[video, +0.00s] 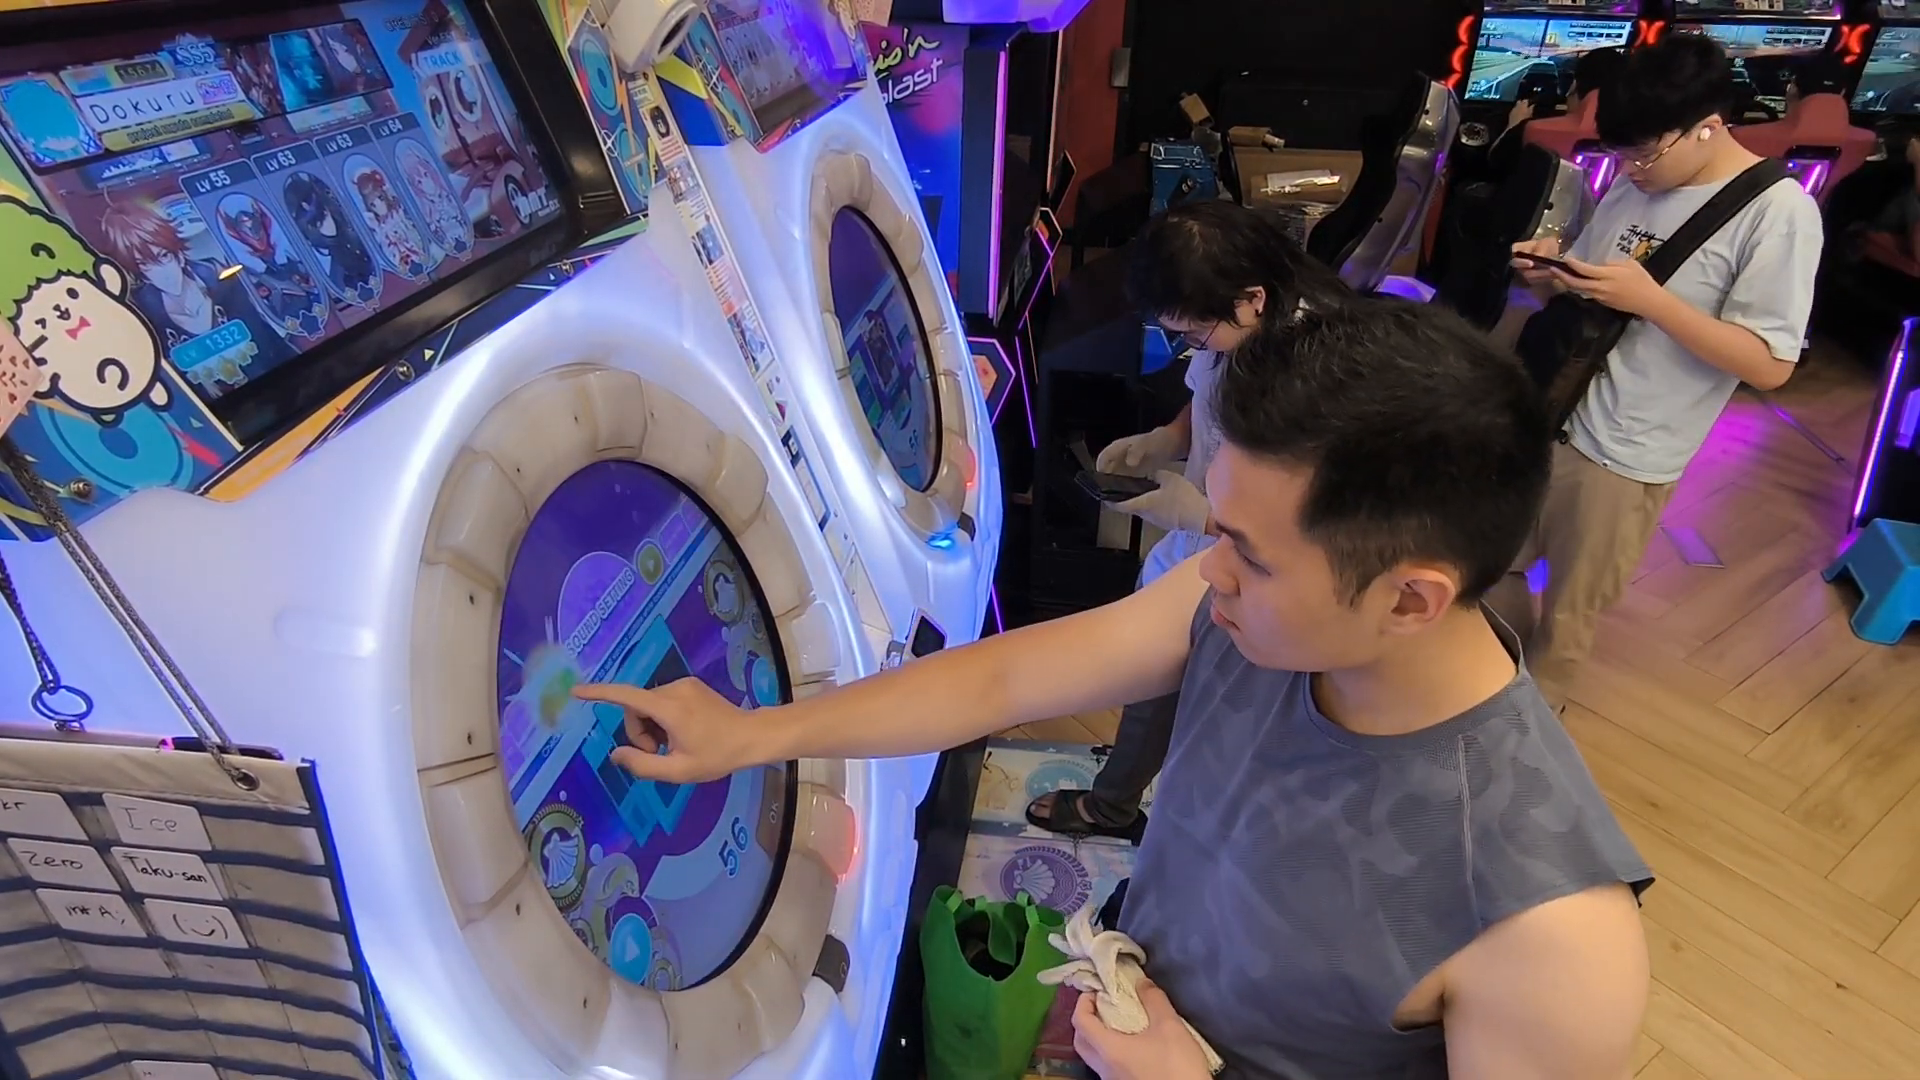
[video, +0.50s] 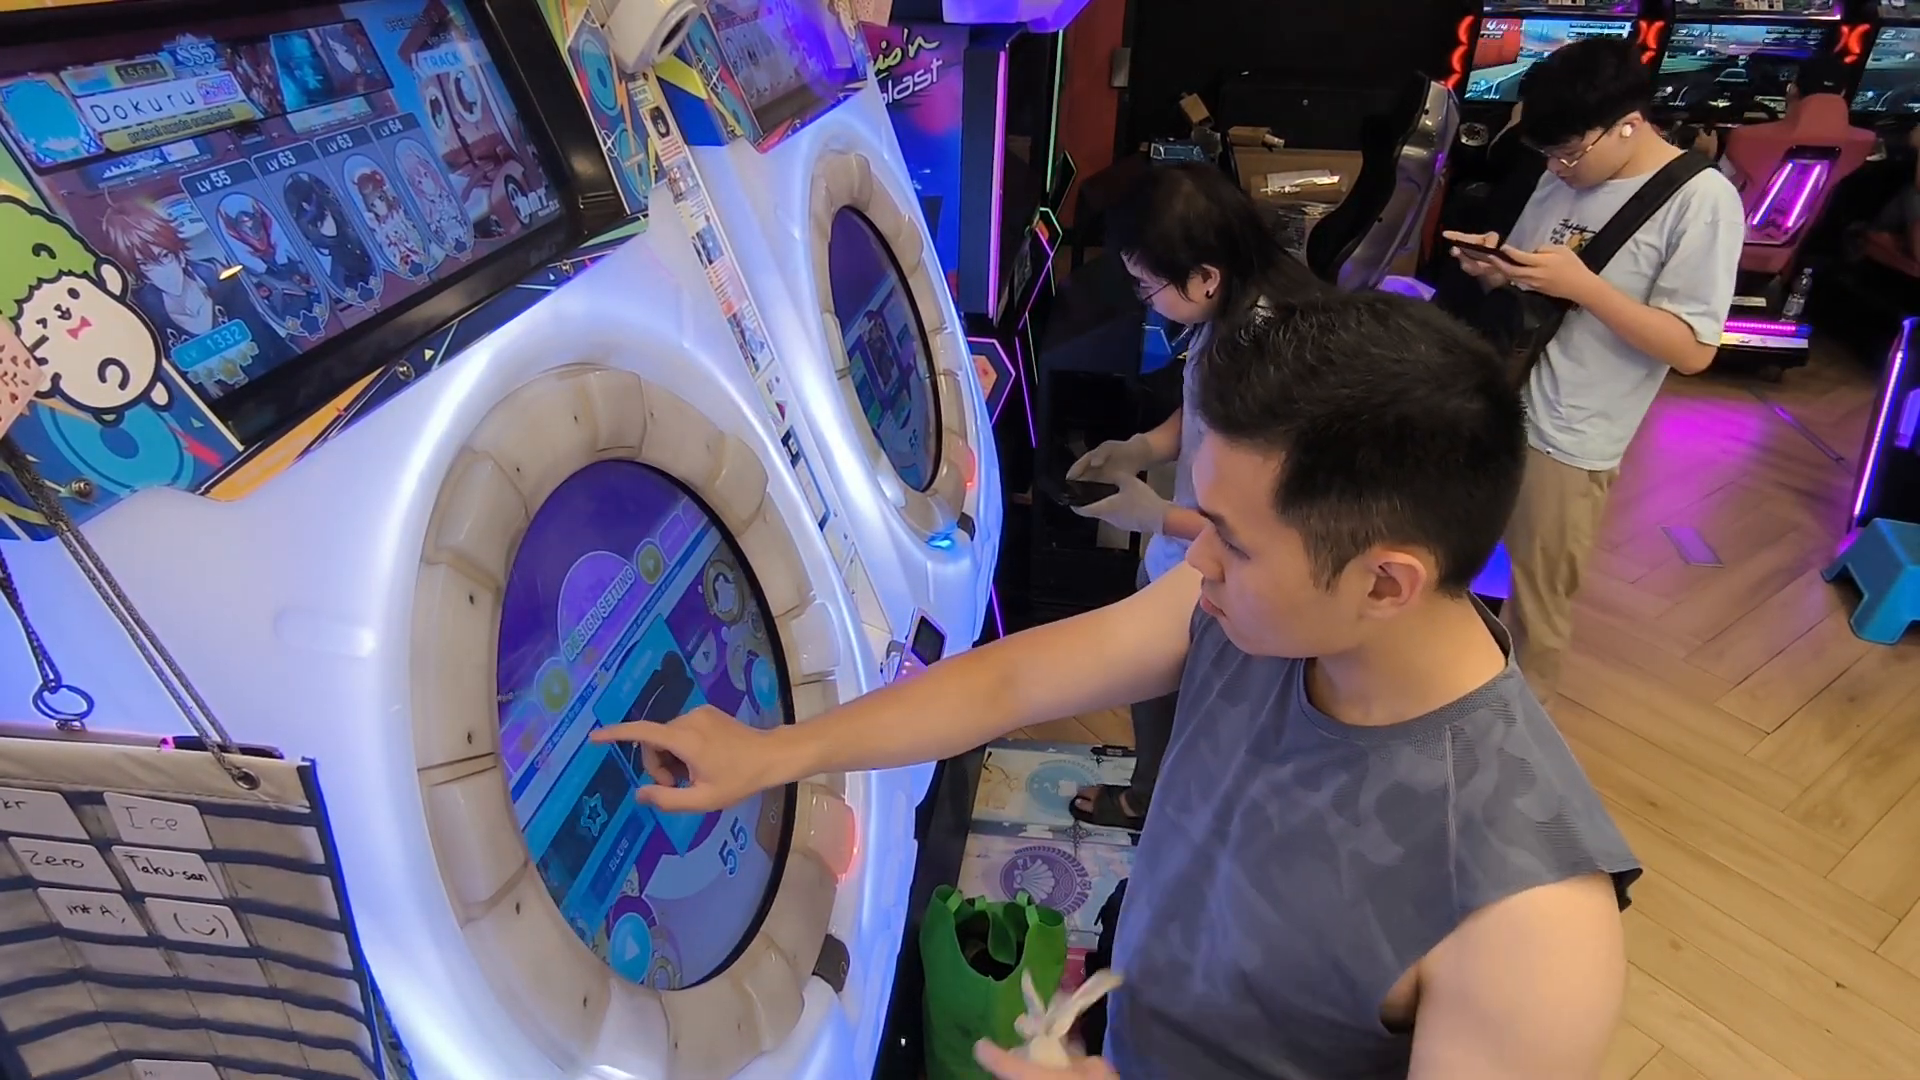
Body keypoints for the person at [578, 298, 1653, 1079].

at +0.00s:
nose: (1204, 570)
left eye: (1247, 560)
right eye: (1217, 528)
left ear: (1414, 599)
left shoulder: (1546, 935)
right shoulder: (1246, 597)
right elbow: (1001, 684)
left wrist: (1202, 1079)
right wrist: (755, 730)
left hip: (1248, 1072)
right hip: (1106, 1010)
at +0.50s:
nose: (1186, 554)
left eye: (1226, 544)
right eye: (1200, 513)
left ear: (1388, 585)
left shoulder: (1525, 921)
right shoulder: (1249, 599)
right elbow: (1008, 686)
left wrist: (1089, 1079)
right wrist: (778, 750)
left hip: (1223, 1071)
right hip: (1117, 1015)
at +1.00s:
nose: (1193, 551)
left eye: (1224, 532)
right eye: (1200, 512)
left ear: (1379, 573)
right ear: (1369, 570)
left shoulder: (1463, 898)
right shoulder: (1286, 606)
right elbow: (1079, 723)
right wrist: (884, 835)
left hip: (1188, 1073)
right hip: (1123, 1014)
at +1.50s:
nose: (1189, 563)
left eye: (1229, 551)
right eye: (1203, 522)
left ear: (1389, 585)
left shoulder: (1457, 905)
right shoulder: (1292, 607)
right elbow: (1070, 702)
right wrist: (861, 784)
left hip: (1179, 1071)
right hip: (1129, 987)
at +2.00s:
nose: (1224, 562)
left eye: (1276, 551)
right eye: (1240, 517)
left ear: (1434, 594)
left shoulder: (1475, 908)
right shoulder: (1280, 590)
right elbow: (1031, 679)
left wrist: (860, 1079)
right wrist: (806, 760)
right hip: (1130, 1001)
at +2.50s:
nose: (1219, 553)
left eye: (1268, 541)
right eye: (1237, 511)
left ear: (1427, 593)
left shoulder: (1472, 910)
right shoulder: (1296, 605)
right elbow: (1061, 680)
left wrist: (811, 1069)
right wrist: (841, 767)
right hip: (1135, 1014)